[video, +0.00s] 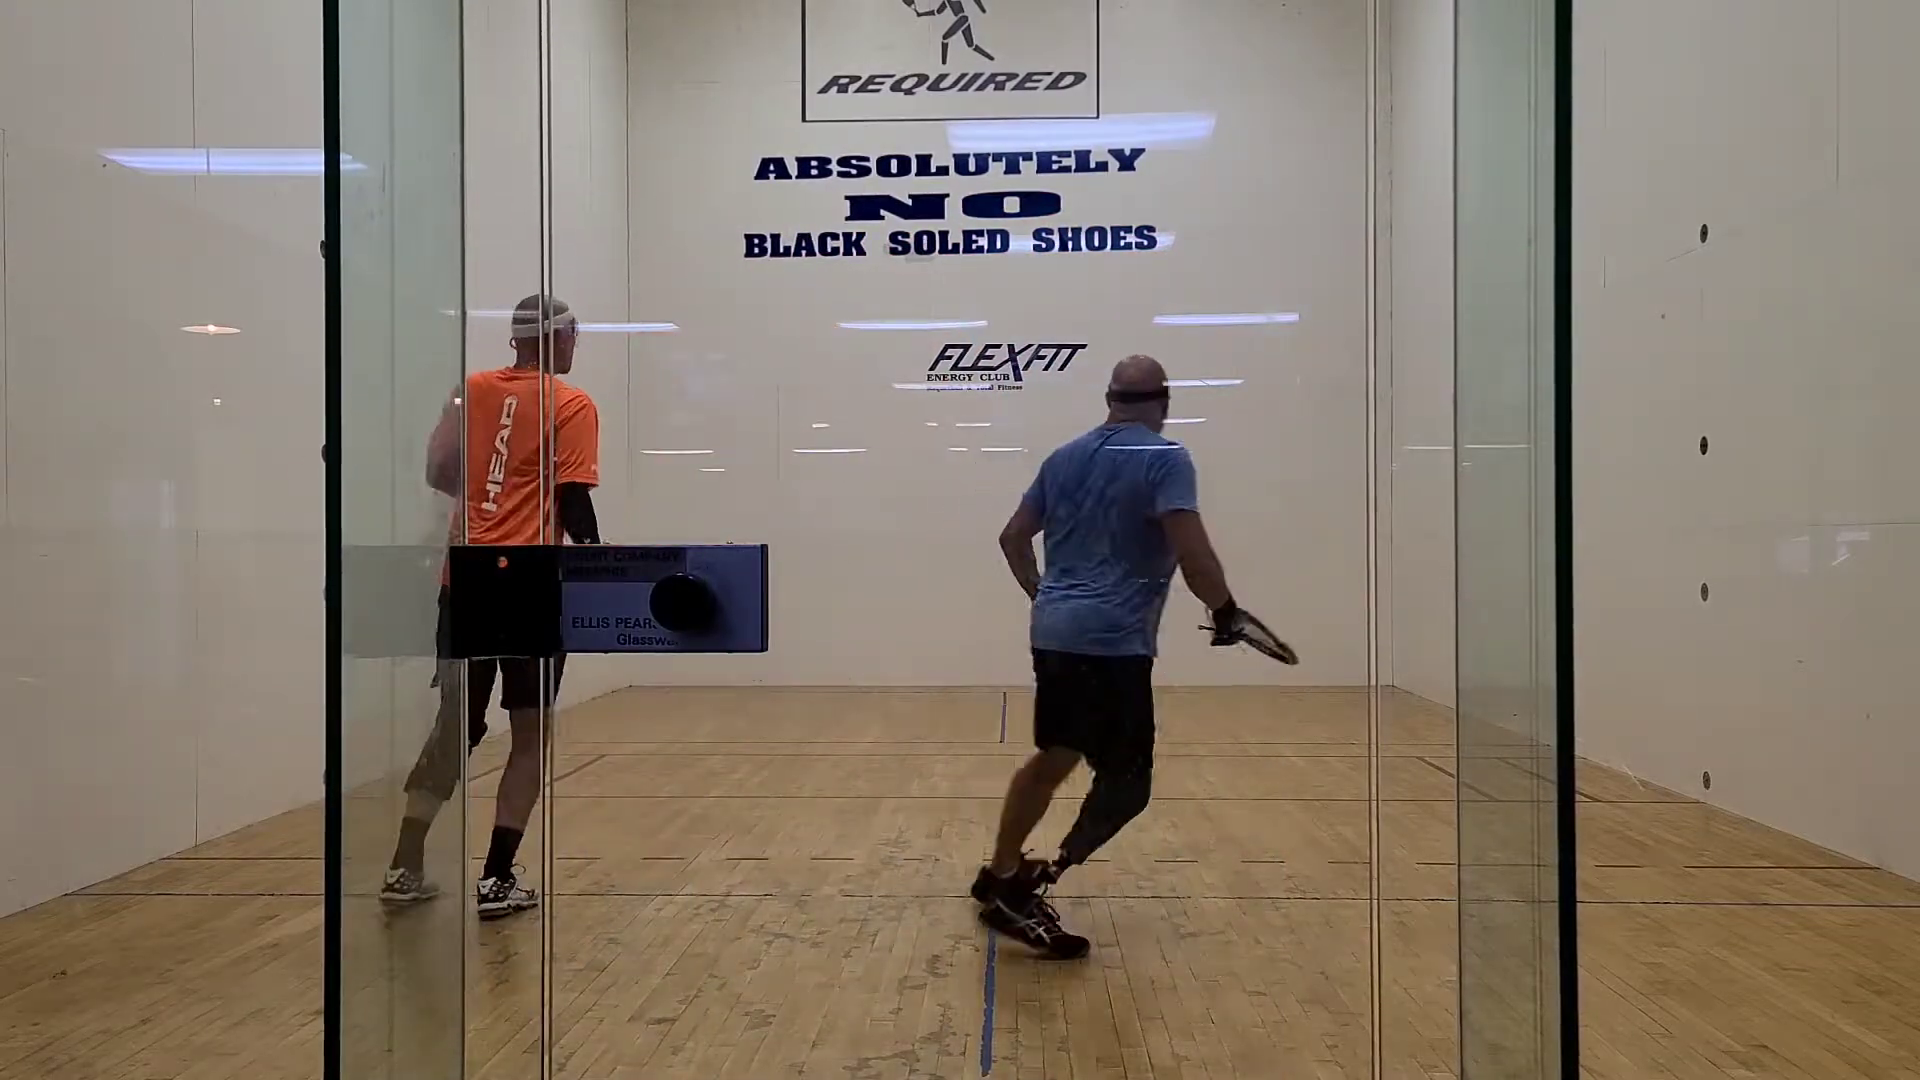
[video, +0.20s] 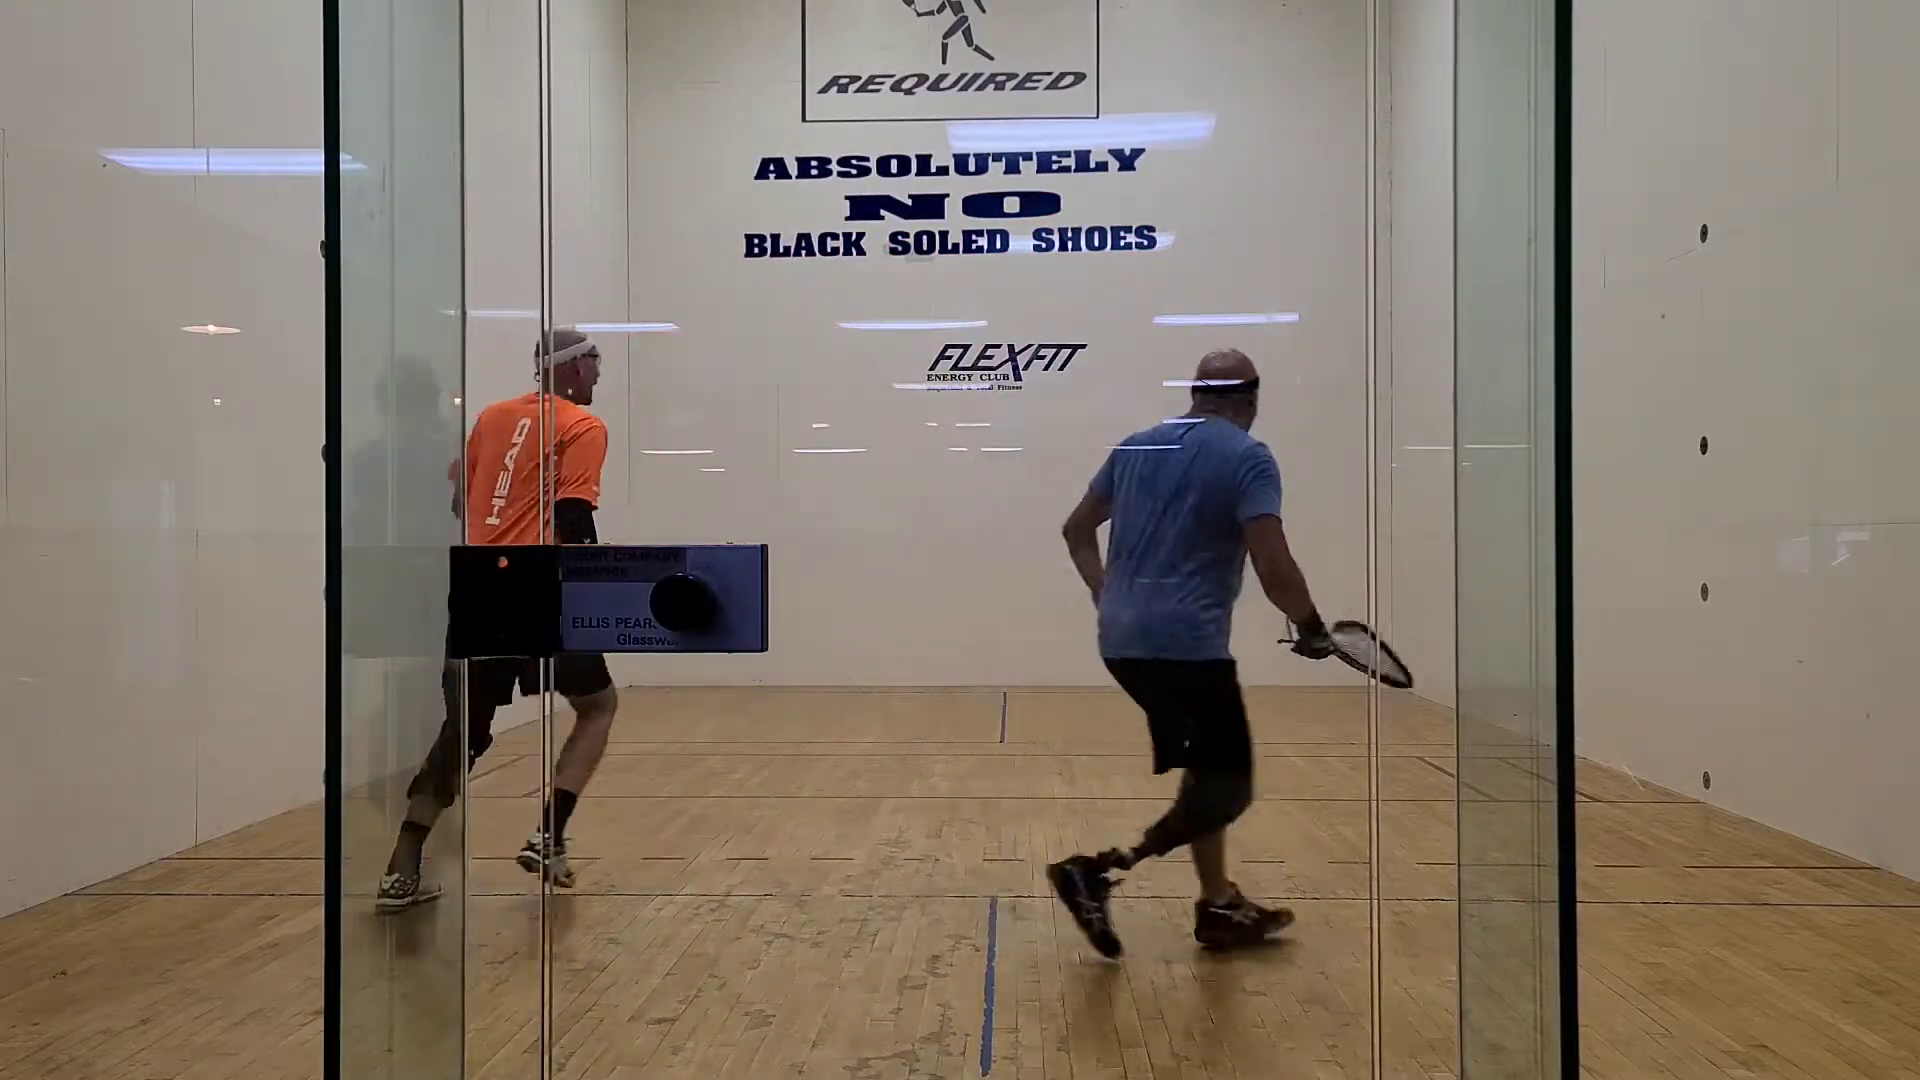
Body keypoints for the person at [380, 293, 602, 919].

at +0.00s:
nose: (575, 346)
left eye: (572, 335)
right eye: (572, 337)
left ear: (515, 339)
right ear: (561, 339)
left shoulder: (472, 390)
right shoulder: (573, 405)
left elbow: (439, 470)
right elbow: (572, 500)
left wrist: (495, 492)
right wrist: (601, 566)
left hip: (468, 578)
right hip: (537, 582)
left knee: (458, 725)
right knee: (529, 739)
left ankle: (405, 867)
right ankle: (497, 879)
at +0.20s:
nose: (598, 376)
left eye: (597, 365)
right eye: (595, 365)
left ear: (542, 368)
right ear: (573, 368)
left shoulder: (491, 416)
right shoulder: (584, 427)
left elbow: (459, 496)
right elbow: (572, 520)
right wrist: (599, 596)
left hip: (475, 595)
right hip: (540, 599)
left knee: (463, 731)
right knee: (597, 704)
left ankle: (402, 869)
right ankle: (550, 837)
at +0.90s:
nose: (816, 348)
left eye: (814, 339)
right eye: (806, 338)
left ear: (768, 350)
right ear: (773, 347)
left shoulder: (730, 401)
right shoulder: (776, 406)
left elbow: (692, 478)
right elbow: (761, 485)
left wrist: (679, 554)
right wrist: (800, 547)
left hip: (709, 571)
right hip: (735, 574)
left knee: (769, 682)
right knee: (727, 707)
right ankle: (671, 843)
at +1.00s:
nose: (843, 356)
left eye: (840, 346)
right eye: (832, 347)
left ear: (796, 359)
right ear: (799, 357)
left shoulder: (759, 410)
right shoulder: (803, 415)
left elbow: (715, 480)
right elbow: (785, 492)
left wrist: (696, 559)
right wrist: (828, 555)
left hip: (745, 589)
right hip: (764, 592)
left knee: (812, 686)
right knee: (734, 712)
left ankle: (836, 820)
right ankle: (671, 843)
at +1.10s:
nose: (868, 364)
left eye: (866, 355)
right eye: (858, 355)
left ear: (823, 366)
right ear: (824, 364)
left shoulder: (788, 420)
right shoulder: (830, 423)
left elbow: (746, 489)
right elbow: (816, 500)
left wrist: (725, 564)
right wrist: (858, 561)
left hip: (784, 596)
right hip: (798, 600)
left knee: (852, 691)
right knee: (768, 718)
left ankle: (855, 826)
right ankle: (682, 834)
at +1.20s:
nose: (893, 366)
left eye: (891, 358)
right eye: (883, 357)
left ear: (849, 366)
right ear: (849, 363)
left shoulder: (820, 421)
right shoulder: (856, 418)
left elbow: (785, 508)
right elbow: (846, 499)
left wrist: (773, 586)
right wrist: (890, 558)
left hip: (813, 584)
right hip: (833, 585)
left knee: (874, 698)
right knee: (846, 714)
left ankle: (857, 825)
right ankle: (731, 811)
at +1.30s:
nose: (915, 360)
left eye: (914, 351)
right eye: (903, 351)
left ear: (873, 364)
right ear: (871, 360)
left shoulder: (853, 412)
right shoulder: (881, 411)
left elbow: (823, 499)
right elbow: (871, 488)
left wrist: (852, 559)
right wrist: (916, 548)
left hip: (837, 579)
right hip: (861, 579)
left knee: (880, 698)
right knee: (911, 701)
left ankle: (858, 826)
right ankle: (799, 802)